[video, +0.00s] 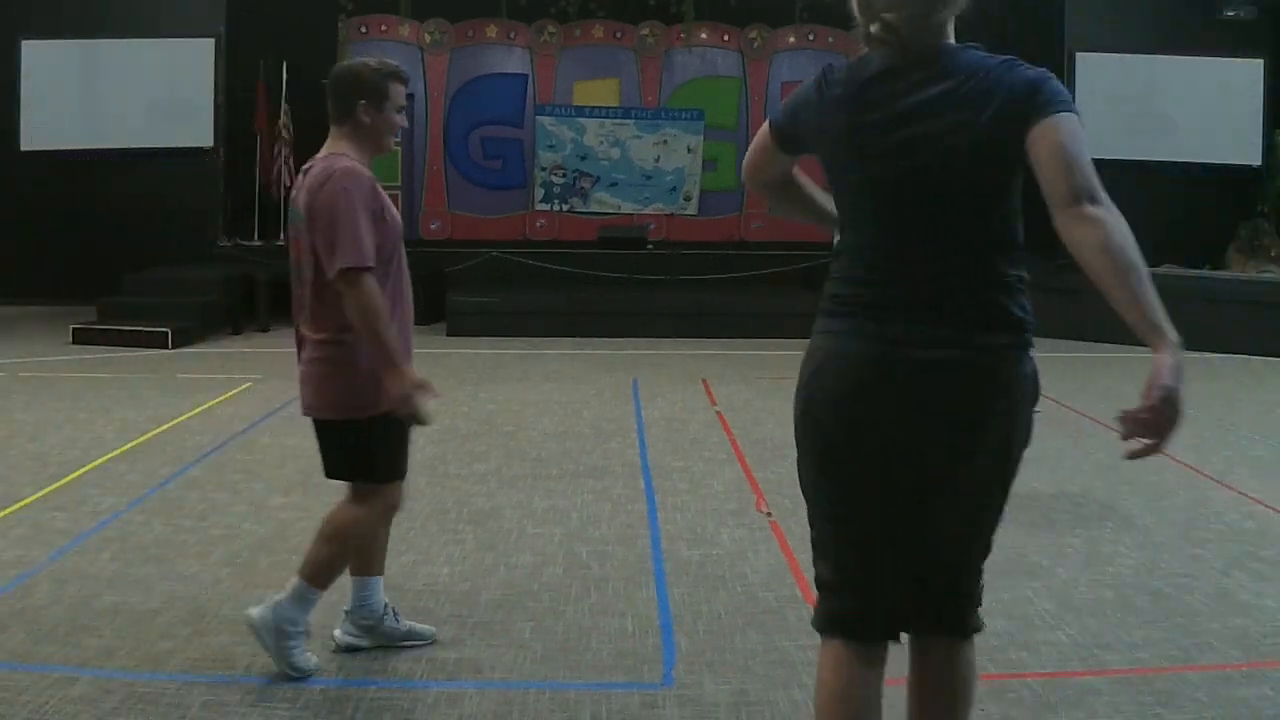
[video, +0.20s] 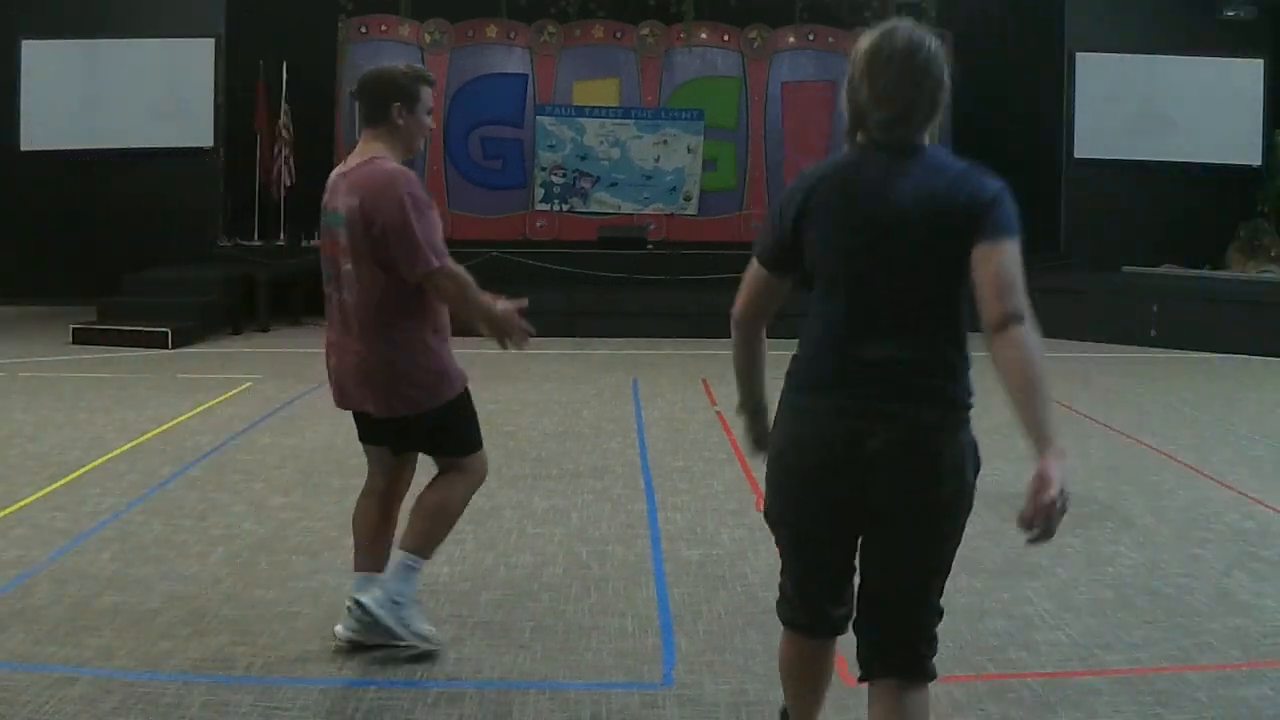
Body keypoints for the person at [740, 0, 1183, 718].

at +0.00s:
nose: (860, 15)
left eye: (860, 8)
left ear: (864, 11)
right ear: (955, 9)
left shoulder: (833, 92)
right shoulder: (1022, 89)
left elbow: (762, 169)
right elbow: (1081, 206)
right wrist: (1163, 342)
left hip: (850, 377)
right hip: (981, 382)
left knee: (850, 618)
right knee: (947, 613)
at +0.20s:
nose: (853, 91)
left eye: (856, 81)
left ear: (856, 98)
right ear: (939, 102)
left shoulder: (813, 190)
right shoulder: (978, 195)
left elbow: (746, 318)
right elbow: (1005, 320)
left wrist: (755, 418)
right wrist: (1046, 451)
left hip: (813, 445)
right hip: (928, 452)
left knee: (809, 610)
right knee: (902, 647)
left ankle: (799, 713)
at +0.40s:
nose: (800, 109)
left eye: (806, 100)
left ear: (811, 116)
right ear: (883, 123)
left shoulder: (767, 201)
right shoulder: (911, 207)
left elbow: (745, 319)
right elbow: (923, 333)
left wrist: (721, 421)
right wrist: (953, 422)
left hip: (782, 421)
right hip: (878, 423)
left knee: (783, 562)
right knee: (889, 590)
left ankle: (782, 698)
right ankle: (890, 712)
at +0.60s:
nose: (771, 101)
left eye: (775, 92)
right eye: (779, 91)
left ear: (783, 104)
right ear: (847, 108)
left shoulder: (751, 182)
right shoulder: (883, 188)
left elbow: (714, 293)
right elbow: (900, 299)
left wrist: (692, 381)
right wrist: (858, 340)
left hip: (760, 382)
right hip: (849, 384)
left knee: (767, 533)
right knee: (851, 522)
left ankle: (771, 686)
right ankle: (864, 657)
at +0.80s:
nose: (763, 96)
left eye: (770, 88)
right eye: (767, 86)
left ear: (786, 103)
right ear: (837, 105)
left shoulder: (771, 176)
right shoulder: (863, 179)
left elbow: (723, 271)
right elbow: (873, 278)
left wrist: (702, 308)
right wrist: (822, 301)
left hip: (772, 354)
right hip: (839, 354)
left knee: (762, 514)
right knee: (800, 487)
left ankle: (771, 676)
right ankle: (821, 606)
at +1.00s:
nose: (768, 122)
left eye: (780, 115)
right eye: (769, 113)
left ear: (811, 129)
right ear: (781, 124)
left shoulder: (815, 199)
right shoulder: (793, 191)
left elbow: (777, 294)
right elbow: (789, 291)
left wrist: (713, 320)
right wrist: (761, 358)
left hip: (806, 362)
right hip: (794, 358)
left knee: (781, 513)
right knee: (779, 496)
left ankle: (812, 666)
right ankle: (797, 600)